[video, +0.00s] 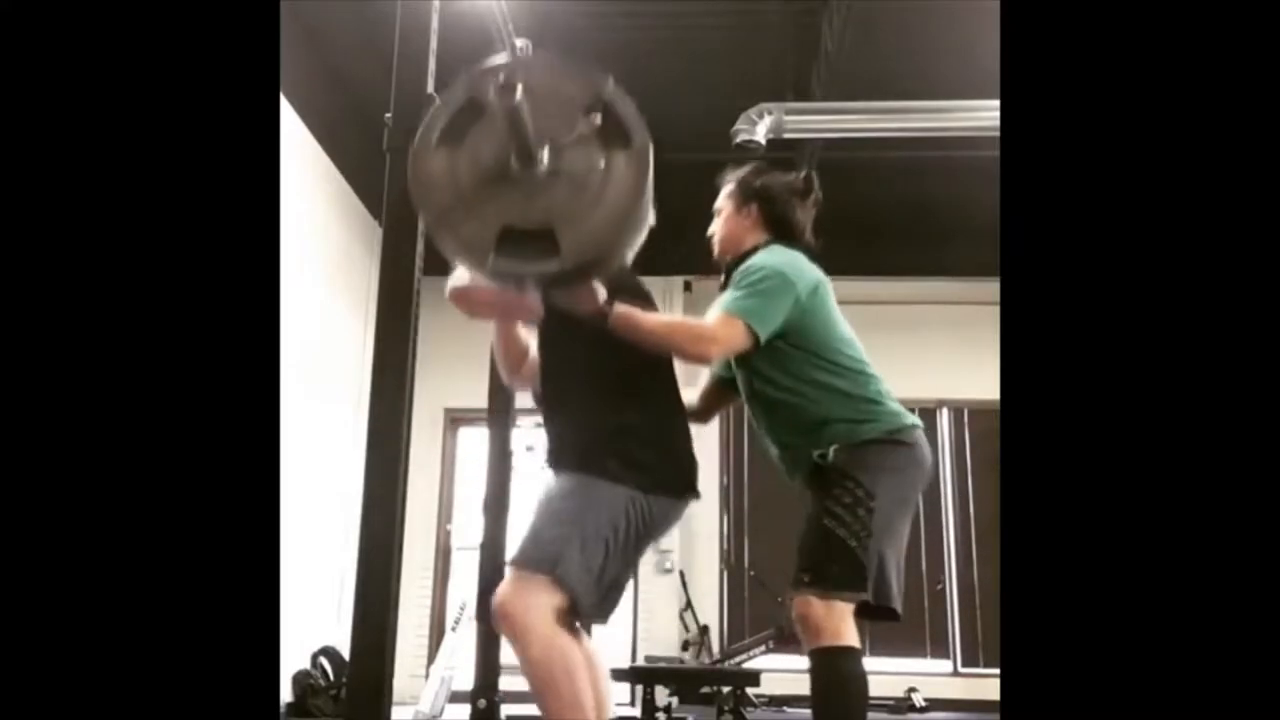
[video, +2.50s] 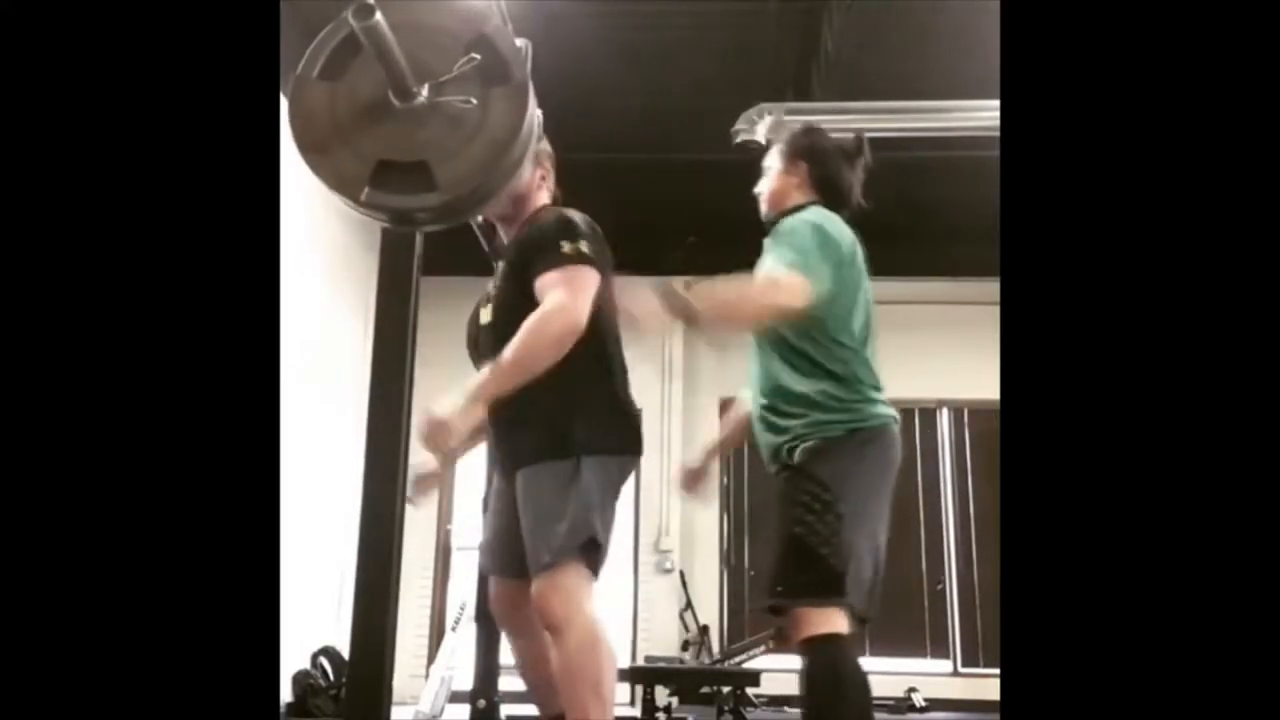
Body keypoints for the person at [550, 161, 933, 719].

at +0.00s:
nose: (710, 225)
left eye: (719, 210)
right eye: (713, 211)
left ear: (753, 213)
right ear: (754, 216)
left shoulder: (778, 268)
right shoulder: (753, 291)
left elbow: (715, 340)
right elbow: (703, 406)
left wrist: (606, 310)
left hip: (876, 448)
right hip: (853, 455)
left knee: (821, 606)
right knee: (818, 610)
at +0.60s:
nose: (725, 196)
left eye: (733, 184)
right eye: (730, 184)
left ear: (758, 191)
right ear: (768, 196)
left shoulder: (778, 243)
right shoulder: (750, 297)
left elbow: (686, 259)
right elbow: (676, 343)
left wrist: (592, 215)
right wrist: (599, 312)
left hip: (842, 445)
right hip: (817, 456)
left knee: (817, 614)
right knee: (814, 617)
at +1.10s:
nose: (679, 195)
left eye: (695, 184)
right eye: (682, 185)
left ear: (733, 198)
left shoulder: (721, 241)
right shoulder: (693, 293)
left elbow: (602, 224)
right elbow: (614, 323)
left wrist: (498, 182)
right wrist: (533, 290)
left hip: (794, 443)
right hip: (772, 454)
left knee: (805, 618)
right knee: (803, 621)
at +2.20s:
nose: (720, 152)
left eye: (728, 138)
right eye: (726, 140)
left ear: (751, 145)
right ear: (776, 155)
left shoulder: (756, 204)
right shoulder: (754, 227)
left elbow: (620, 206)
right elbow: (680, 326)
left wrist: (510, 190)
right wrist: (597, 324)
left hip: (819, 426)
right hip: (806, 430)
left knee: (790, 604)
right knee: (791, 606)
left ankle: (824, 717)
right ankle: (823, 716)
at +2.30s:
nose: (735, 159)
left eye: (741, 147)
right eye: (737, 148)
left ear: (768, 151)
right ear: (790, 158)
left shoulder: (778, 206)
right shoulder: (772, 230)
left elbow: (651, 223)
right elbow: (711, 346)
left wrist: (546, 203)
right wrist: (612, 368)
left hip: (825, 429)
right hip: (805, 434)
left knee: (795, 611)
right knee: (794, 613)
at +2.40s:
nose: (749, 170)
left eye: (760, 157)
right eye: (753, 157)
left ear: (789, 166)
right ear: (803, 172)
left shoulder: (797, 222)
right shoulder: (791, 237)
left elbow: (704, 257)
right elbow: (763, 364)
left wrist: (587, 227)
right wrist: (670, 412)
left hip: (829, 437)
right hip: (810, 441)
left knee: (798, 614)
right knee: (796, 616)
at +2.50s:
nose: (759, 181)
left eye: (770, 169)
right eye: (763, 169)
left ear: (802, 175)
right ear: (809, 179)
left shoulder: (809, 228)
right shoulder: (802, 243)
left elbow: (786, 293)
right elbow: (779, 382)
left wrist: (680, 300)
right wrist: (712, 451)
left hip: (840, 440)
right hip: (822, 444)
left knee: (816, 613)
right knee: (808, 619)